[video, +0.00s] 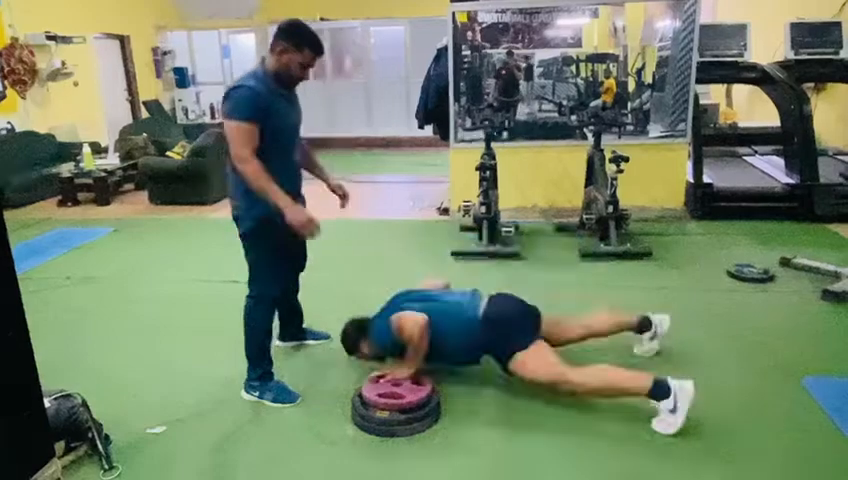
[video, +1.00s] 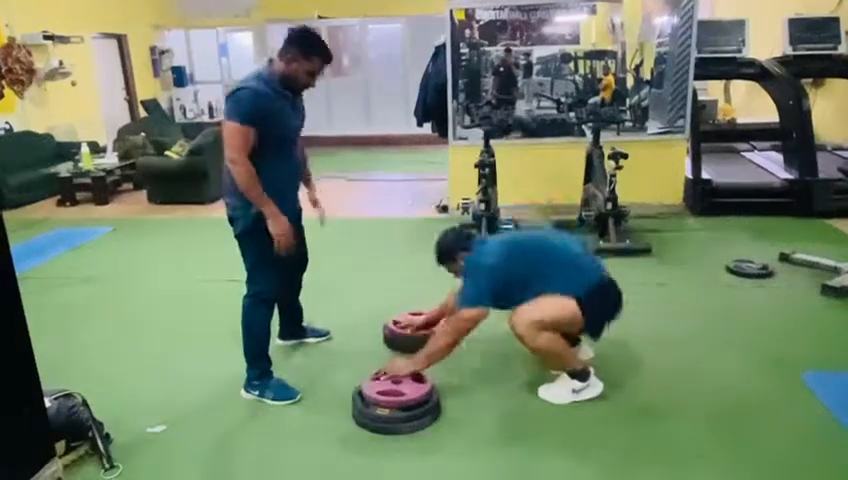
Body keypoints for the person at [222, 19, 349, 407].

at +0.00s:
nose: (308, 74)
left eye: (311, 66)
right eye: (304, 65)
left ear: (290, 57)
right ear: (279, 52)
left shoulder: (284, 92)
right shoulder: (246, 95)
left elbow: (292, 145)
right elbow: (243, 161)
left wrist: (326, 178)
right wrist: (288, 205)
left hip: (287, 204)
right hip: (257, 210)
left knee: (290, 272)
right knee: (264, 289)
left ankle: (291, 331)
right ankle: (258, 378)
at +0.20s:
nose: (300, 73)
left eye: (303, 66)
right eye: (297, 64)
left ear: (282, 55)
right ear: (273, 52)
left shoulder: (279, 93)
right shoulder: (241, 94)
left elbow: (290, 151)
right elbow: (239, 160)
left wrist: (312, 188)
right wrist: (288, 201)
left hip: (283, 203)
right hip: (255, 208)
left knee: (287, 270)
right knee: (261, 287)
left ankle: (290, 330)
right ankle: (257, 378)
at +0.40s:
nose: (296, 72)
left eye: (299, 64)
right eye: (292, 63)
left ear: (277, 55)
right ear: (268, 51)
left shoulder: (272, 91)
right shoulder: (236, 95)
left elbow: (280, 155)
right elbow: (233, 162)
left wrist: (294, 199)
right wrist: (261, 218)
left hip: (285, 208)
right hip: (256, 213)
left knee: (286, 274)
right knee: (258, 291)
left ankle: (290, 329)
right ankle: (257, 378)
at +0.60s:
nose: (295, 71)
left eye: (297, 63)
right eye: (291, 62)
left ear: (273, 55)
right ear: (266, 51)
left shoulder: (272, 90)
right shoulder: (234, 95)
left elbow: (282, 153)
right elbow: (229, 163)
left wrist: (297, 194)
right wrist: (248, 221)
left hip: (285, 207)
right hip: (256, 213)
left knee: (286, 272)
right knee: (258, 291)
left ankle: (290, 328)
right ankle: (257, 377)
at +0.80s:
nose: (297, 71)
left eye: (300, 64)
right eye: (293, 63)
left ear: (278, 55)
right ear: (268, 52)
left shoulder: (276, 91)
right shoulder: (237, 94)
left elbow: (291, 147)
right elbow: (233, 161)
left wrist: (314, 185)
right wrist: (264, 217)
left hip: (284, 204)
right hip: (254, 210)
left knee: (288, 267)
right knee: (260, 288)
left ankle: (290, 328)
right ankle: (257, 377)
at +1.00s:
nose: (313, 81)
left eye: (317, 75)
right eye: (311, 73)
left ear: (294, 63)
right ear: (289, 60)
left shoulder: (289, 94)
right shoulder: (248, 96)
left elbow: (292, 144)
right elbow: (236, 161)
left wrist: (308, 185)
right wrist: (271, 213)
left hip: (284, 201)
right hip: (252, 208)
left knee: (293, 264)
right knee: (263, 288)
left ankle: (291, 327)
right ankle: (257, 377)